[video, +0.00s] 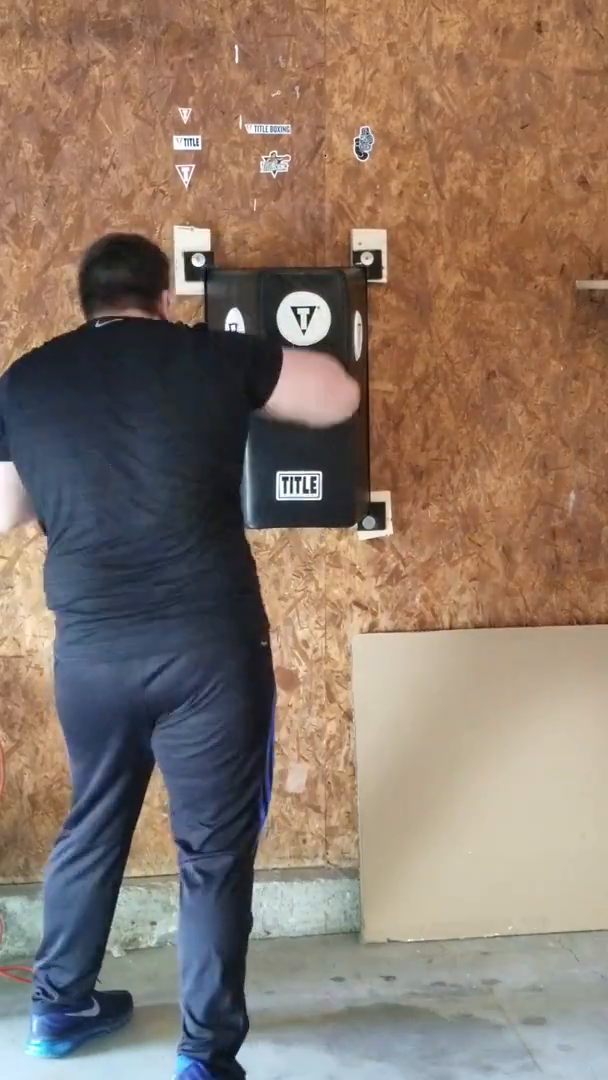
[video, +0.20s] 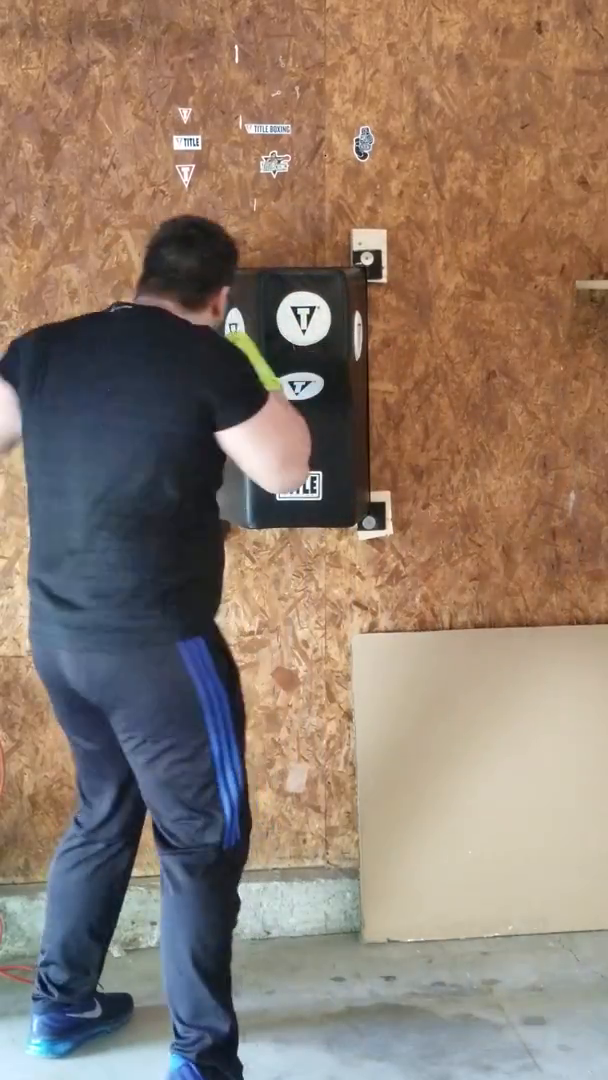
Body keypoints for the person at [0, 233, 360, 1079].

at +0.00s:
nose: (165, 300)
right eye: (166, 290)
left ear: (83, 303)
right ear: (164, 296)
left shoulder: (22, 381)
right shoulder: (214, 356)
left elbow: (17, 511)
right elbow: (338, 396)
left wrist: (81, 478)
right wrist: (246, 362)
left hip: (91, 651)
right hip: (209, 642)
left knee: (92, 820)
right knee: (213, 855)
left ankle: (60, 1004)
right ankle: (208, 1048)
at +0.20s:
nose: (229, 310)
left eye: (228, 299)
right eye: (230, 299)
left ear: (140, 280)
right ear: (216, 296)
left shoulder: (44, 349)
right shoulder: (205, 361)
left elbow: (2, 425)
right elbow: (285, 467)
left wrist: (77, 394)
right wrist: (253, 377)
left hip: (58, 637)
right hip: (155, 640)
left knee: (104, 808)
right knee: (203, 838)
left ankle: (63, 1004)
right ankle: (204, 1048)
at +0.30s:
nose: (238, 319)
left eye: (236, 307)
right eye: (240, 307)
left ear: (157, 278)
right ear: (224, 305)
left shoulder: (83, 332)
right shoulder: (183, 364)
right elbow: (266, 466)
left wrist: (207, 369)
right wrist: (250, 369)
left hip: (46, 623)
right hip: (126, 634)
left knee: (99, 798)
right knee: (197, 822)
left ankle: (65, 1002)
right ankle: (168, 1042)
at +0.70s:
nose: (256, 378)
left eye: (258, 364)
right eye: (259, 366)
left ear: (188, 318)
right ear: (231, 367)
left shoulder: (141, 362)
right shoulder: (119, 403)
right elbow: (157, 545)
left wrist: (208, 467)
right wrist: (247, 462)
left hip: (85, 619)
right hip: (50, 627)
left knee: (118, 773)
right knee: (102, 834)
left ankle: (80, 935)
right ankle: (53, 1040)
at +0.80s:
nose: (249, 387)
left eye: (254, 375)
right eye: (247, 377)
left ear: (183, 333)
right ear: (216, 379)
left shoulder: (128, 361)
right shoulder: (113, 426)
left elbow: (198, 409)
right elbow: (112, 575)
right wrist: (224, 573)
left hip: (72, 621)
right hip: (58, 635)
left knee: (100, 798)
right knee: (120, 826)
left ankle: (69, 938)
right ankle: (59, 1035)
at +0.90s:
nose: (249, 365)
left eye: (251, 354)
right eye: (250, 355)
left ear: (162, 313)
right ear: (221, 362)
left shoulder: (81, 336)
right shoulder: (138, 451)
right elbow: (112, 589)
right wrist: (205, 647)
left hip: (25, 608)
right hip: (76, 633)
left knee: (92, 783)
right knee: (147, 809)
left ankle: (63, 947)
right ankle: (79, 1013)